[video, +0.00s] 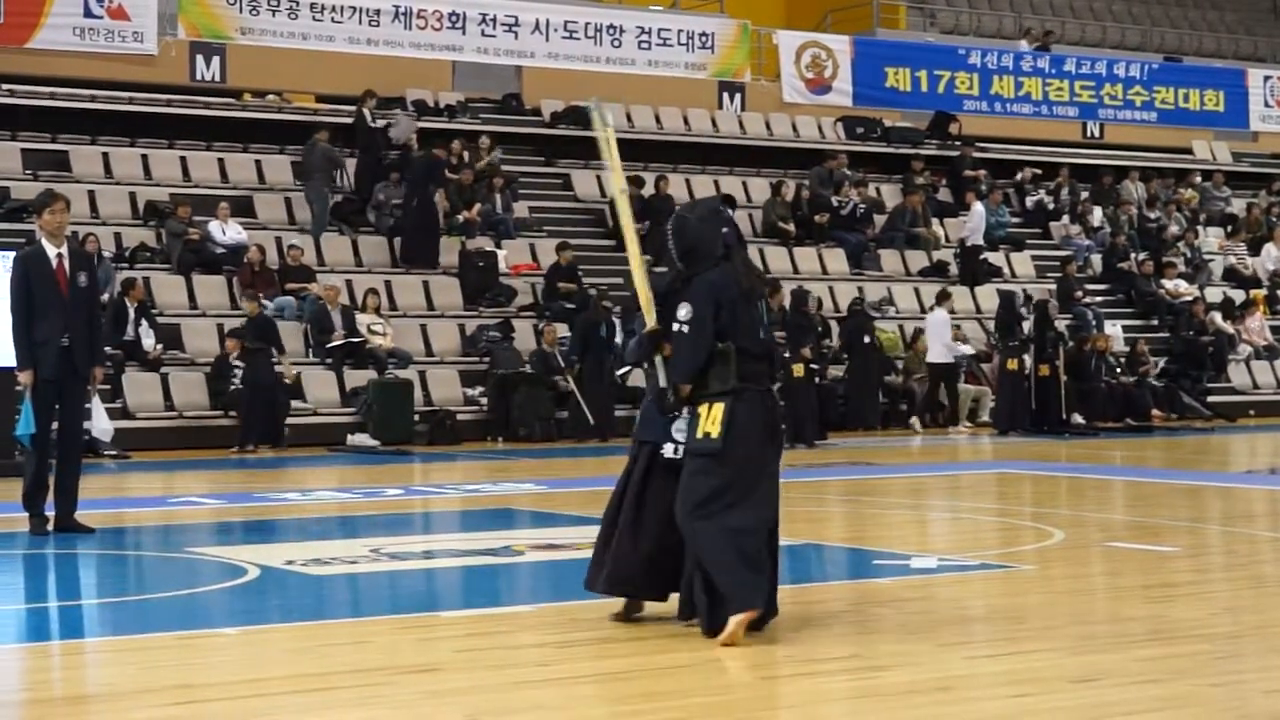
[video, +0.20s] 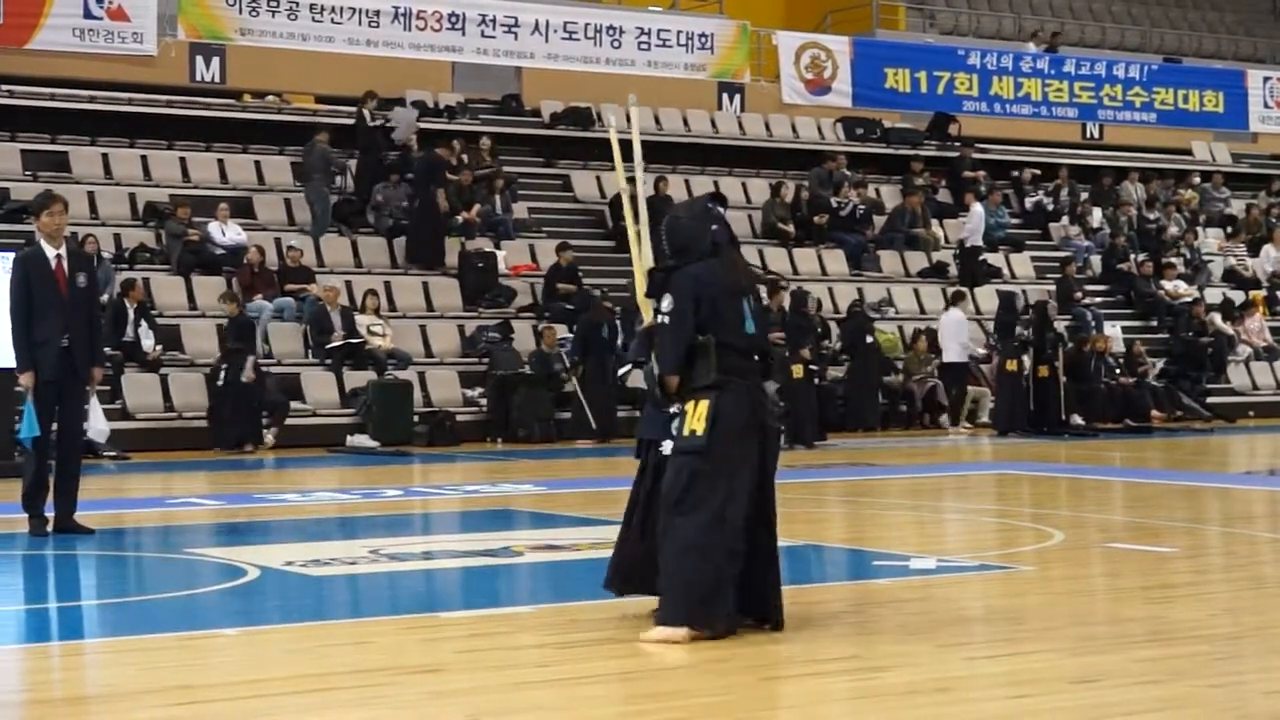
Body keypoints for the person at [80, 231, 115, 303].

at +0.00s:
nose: (93, 245)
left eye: (95, 242)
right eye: (89, 242)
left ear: (98, 244)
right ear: (84, 245)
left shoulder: (105, 262)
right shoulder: (79, 261)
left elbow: (111, 280)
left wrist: (106, 295)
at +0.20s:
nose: (92, 246)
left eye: (94, 243)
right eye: (89, 243)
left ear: (98, 245)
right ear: (83, 246)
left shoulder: (104, 263)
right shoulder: (78, 263)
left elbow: (111, 281)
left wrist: (106, 295)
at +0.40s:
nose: (92, 246)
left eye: (94, 243)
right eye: (88, 243)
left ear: (97, 245)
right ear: (82, 246)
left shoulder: (103, 263)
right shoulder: (77, 263)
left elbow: (111, 280)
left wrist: (106, 296)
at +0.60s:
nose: (91, 246)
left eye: (93, 243)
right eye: (88, 243)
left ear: (97, 246)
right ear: (82, 246)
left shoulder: (103, 263)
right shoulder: (78, 263)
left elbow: (110, 279)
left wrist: (106, 295)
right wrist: (92, 298)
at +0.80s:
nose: (91, 246)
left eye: (94, 243)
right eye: (88, 244)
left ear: (97, 246)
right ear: (82, 246)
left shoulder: (103, 264)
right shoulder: (77, 263)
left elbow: (111, 279)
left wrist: (106, 295)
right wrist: (93, 298)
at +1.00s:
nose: (92, 246)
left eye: (94, 243)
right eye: (88, 244)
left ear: (97, 246)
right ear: (83, 246)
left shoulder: (104, 264)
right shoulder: (77, 263)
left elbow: (110, 280)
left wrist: (106, 295)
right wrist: (92, 298)